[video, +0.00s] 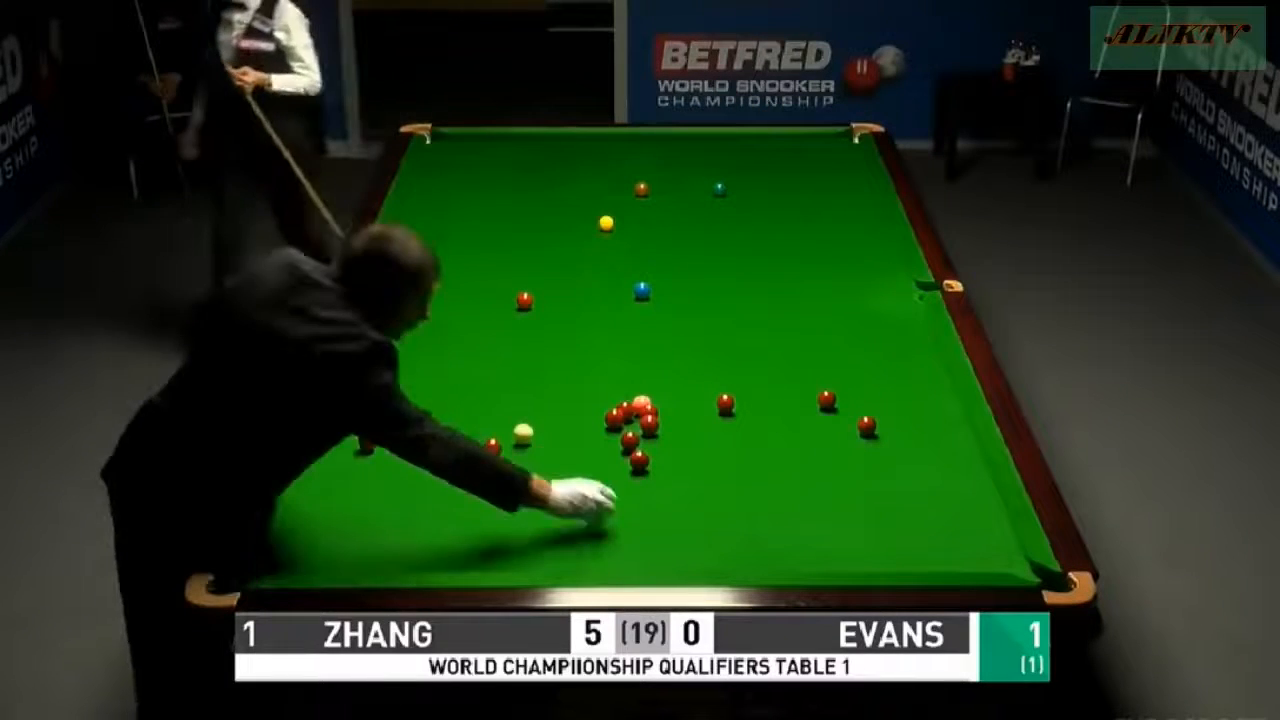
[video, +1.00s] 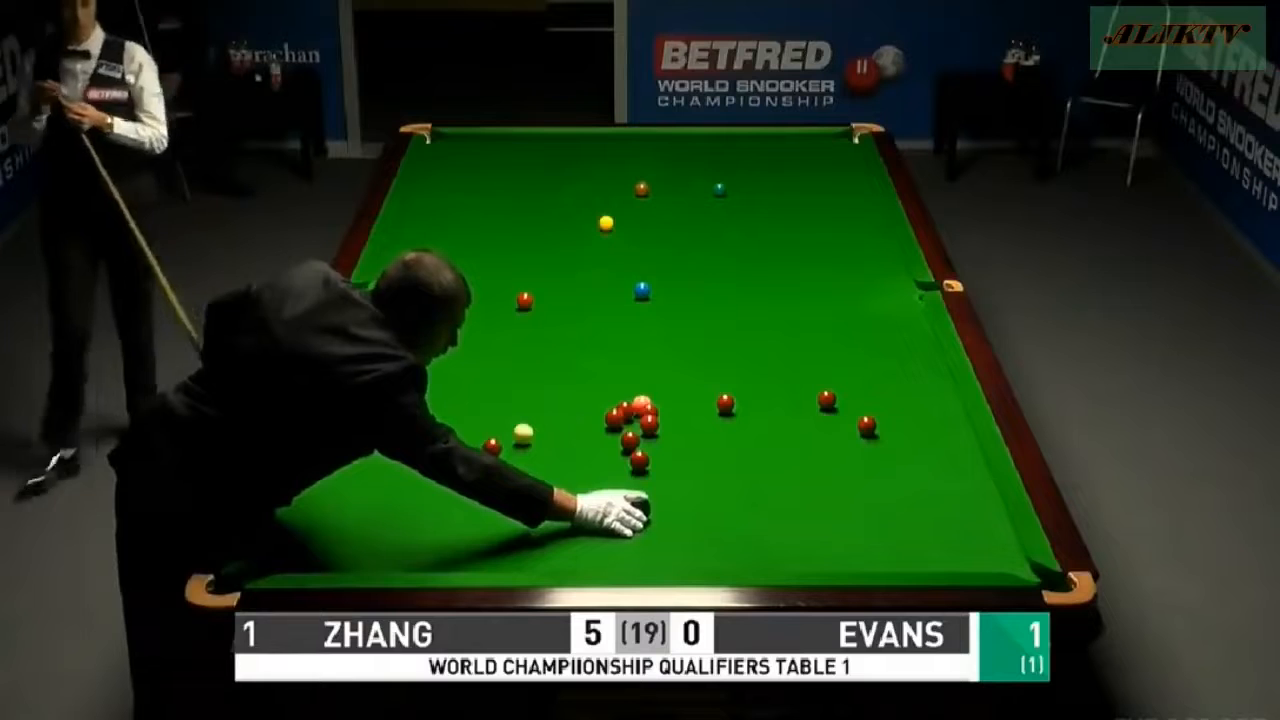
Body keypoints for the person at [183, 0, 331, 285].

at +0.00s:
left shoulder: (286, 14)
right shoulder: (224, 18)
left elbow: (312, 81)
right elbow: (209, 80)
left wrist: (264, 80)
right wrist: (193, 130)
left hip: (281, 135)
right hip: (230, 133)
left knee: (295, 221)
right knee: (229, 219)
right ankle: (224, 296)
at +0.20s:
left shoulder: (245, 15)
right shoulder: (171, 17)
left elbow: (271, 85)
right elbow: (155, 68)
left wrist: (225, 84)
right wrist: (152, 98)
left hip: (231, 148)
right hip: (186, 144)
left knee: (232, 252)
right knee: (202, 252)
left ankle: (242, 355)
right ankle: (213, 351)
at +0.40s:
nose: (162, 2)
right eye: (157, 0)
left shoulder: (214, 26)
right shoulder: (130, 26)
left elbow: (238, 98)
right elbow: (107, 89)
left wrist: (191, 96)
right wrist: (126, 87)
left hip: (200, 155)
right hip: (153, 152)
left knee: (183, 259)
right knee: (191, 251)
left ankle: (180, 371)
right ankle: (220, 341)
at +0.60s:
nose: (132, 8)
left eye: (137, 3)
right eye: (128, 4)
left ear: (151, 4)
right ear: (120, 6)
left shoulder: (184, 44)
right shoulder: (99, 44)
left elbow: (209, 117)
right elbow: (78, 113)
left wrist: (162, 112)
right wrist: (97, 102)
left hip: (173, 172)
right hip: (122, 171)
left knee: (157, 282)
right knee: (167, 271)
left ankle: (150, 400)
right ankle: (213, 349)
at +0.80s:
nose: (100, 7)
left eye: (107, 2)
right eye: (96, 3)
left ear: (123, 4)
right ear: (88, 6)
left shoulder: (157, 49)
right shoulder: (69, 48)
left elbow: (182, 125)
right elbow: (45, 121)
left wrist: (132, 116)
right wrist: (66, 104)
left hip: (145, 193)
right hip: (89, 191)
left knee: (144, 302)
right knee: (96, 297)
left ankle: (145, 418)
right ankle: (147, 363)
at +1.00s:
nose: (72, 13)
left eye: (78, 4)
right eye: (66, 6)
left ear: (94, 6)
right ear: (57, 10)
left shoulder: (134, 59)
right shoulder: (43, 63)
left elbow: (156, 136)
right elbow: (22, 140)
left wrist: (104, 121)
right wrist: (37, 110)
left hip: (127, 211)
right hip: (65, 211)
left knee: (136, 328)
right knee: (69, 330)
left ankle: (147, 438)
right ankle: (62, 447)